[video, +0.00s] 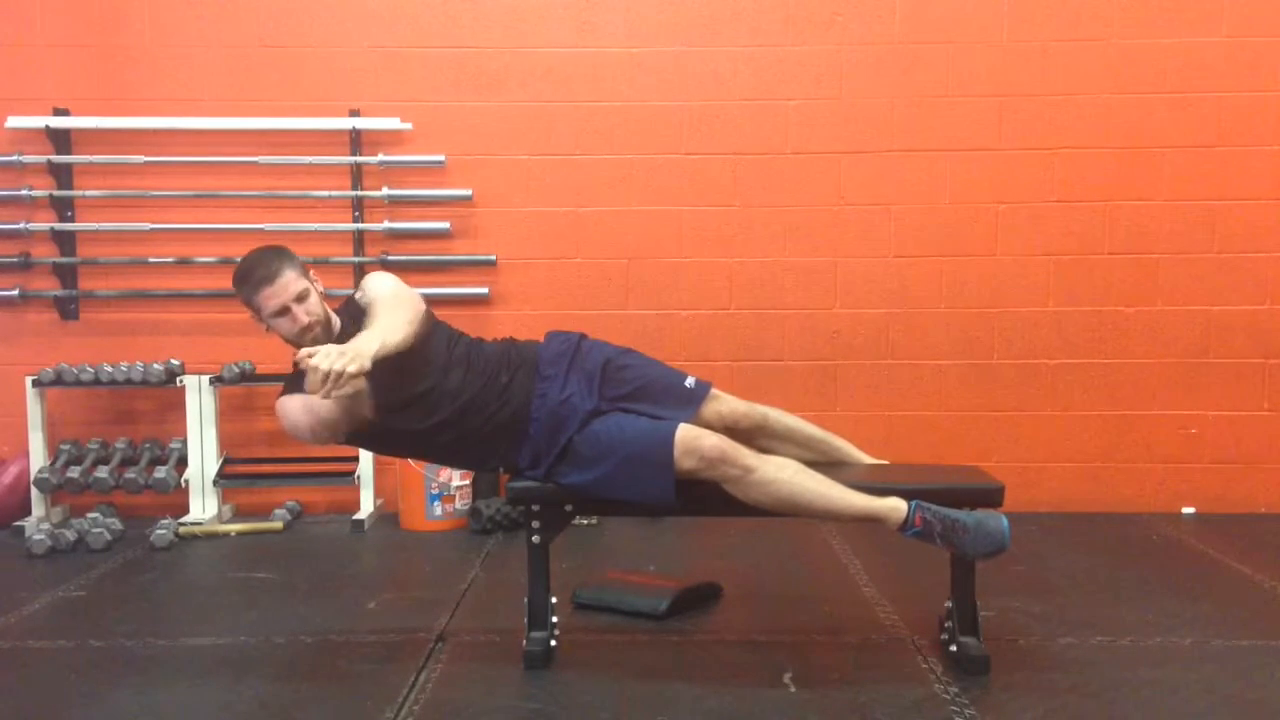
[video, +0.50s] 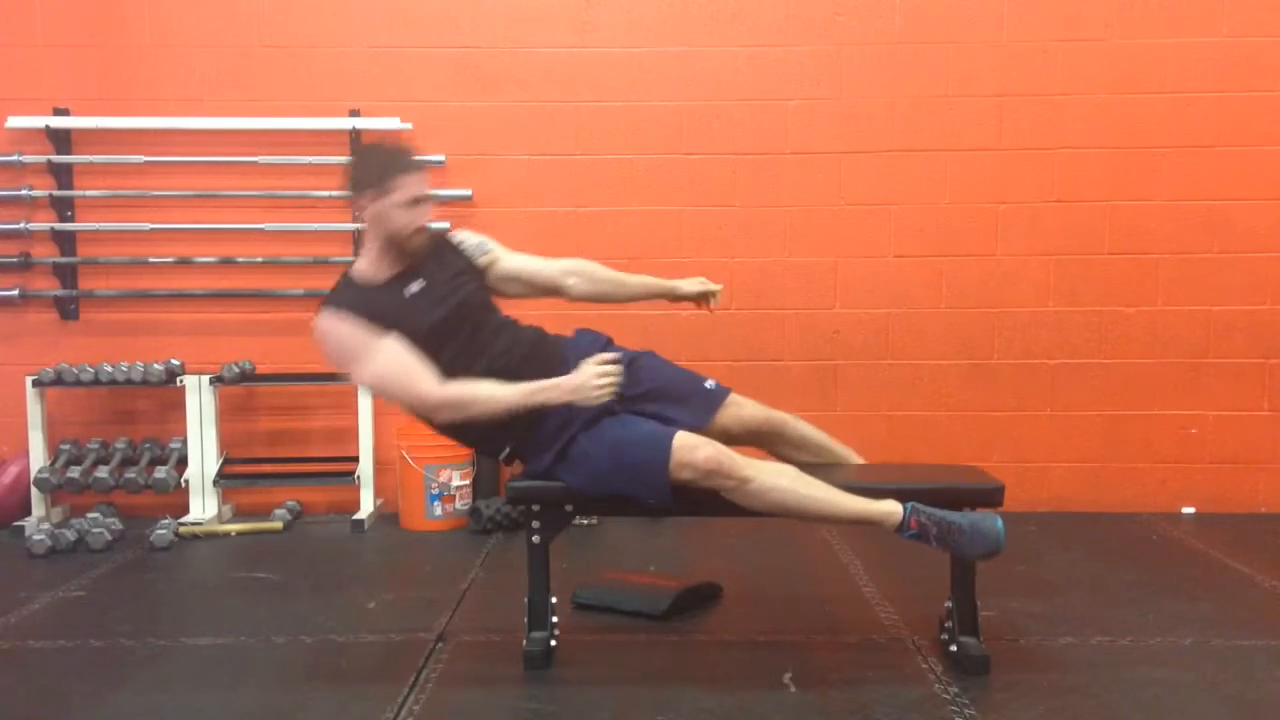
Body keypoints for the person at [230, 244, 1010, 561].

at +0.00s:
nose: (302, 314)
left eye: (302, 295)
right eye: (282, 313)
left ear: (316, 279)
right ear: (264, 329)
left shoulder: (372, 289)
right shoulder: (301, 405)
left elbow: (404, 317)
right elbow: (346, 419)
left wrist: (360, 352)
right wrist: (337, 373)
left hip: (567, 364)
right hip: (546, 445)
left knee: (737, 415)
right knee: (715, 457)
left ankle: (904, 489)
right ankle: (911, 518)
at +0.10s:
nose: (308, 305)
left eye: (309, 287)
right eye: (287, 303)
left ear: (324, 274)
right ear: (268, 318)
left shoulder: (376, 291)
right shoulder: (306, 399)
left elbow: (469, 315)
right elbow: (384, 452)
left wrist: (406, 362)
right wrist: (403, 374)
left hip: (566, 363)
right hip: (541, 442)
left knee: (739, 416)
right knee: (720, 461)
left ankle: (900, 483)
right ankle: (906, 520)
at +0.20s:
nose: (325, 295)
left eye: (327, 277)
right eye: (302, 294)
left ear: (339, 263)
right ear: (279, 307)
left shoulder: (393, 287)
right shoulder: (312, 392)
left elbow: (520, 333)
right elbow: (396, 450)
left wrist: (475, 393)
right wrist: (476, 379)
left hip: (582, 364)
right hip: (547, 443)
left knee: (748, 418)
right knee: (721, 465)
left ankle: (904, 487)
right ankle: (911, 523)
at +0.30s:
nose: (359, 265)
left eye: (361, 247)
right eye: (338, 259)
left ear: (368, 238)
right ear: (302, 271)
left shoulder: (414, 276)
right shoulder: (319, 375)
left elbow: (535, 297)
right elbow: (419, 435)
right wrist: (512, 410)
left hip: (580, 365)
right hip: (543, 444)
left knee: (748, 416)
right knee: (717, 460)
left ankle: (892, 480)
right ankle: (915, 523)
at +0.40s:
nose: (398, 234)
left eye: (395, 220)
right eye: (379, 227)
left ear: (388, 219)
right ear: (333, 240)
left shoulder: (431, 262)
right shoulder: (328, 349)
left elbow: (546, 284)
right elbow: (423, 419)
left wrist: (665, 294)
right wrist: (537, 400)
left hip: (583, 365)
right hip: (544, 439)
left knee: (761, 419)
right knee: (716, 461)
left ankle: (907, 498)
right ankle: (918, 522)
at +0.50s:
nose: (433, 211)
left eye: (430, 198)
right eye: (417, 201)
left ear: (418, 198)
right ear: (369, 209)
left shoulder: (451, 249)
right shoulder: (344, 322)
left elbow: (561, 274)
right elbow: (443, 399)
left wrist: (667, 288)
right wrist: (564, 389)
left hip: (583, 367)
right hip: (547, 434)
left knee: (755, 420)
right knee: (713, 461)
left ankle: (890, 498)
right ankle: (914, 522)